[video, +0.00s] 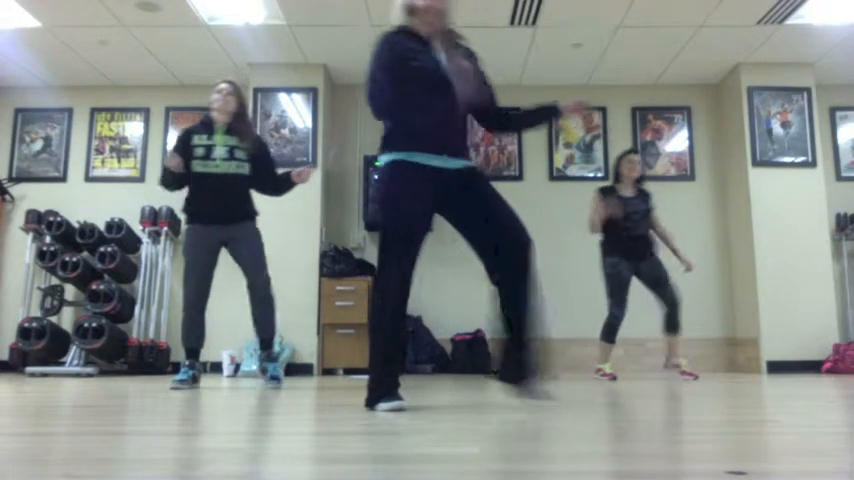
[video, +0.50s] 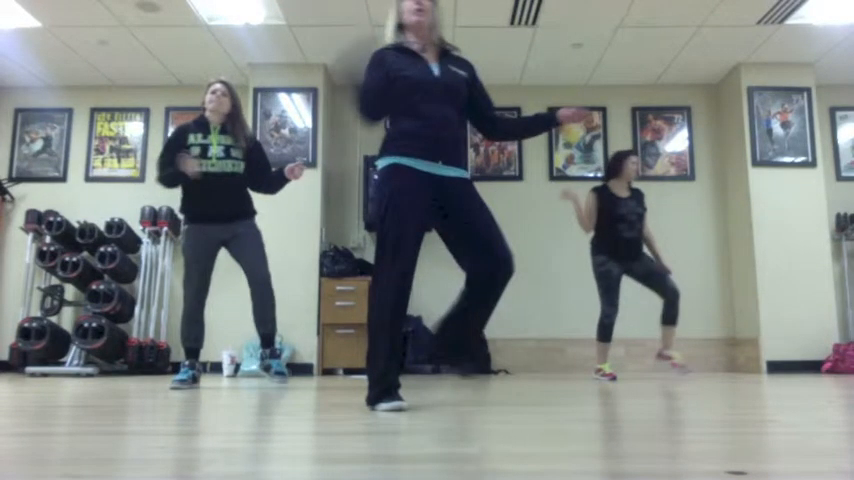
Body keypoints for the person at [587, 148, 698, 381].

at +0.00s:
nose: (634, 167)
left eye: (637, 163)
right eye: (629, 162)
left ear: (641, 169)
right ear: (619, 167)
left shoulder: (643, 196)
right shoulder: (605, 195)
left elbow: (658, 228)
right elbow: (594, 228)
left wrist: (680, 256)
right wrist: (601, 214)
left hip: (645, 258)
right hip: (617, 259)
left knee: (672, 302)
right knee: (617, 311)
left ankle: (673, 359)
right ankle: (603, 364)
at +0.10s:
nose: (628, 166)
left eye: (632, 163)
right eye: (624, 162)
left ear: (636, 168)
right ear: (613, 167)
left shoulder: (639, 196)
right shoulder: (601, 194)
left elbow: (655, 229)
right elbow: (591, 227)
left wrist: (679, 255)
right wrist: (596, 204)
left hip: (639, 257)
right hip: (611, 258)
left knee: (677, 293)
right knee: (613, 309)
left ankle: (676, 352)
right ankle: (603, 364)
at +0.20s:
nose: (623, 165)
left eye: (626, 161)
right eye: (618, 161)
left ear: (629, 166)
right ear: (607, 165)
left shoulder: (635, 193)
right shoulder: (595, 194)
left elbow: (647, 225)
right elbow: (588, 228)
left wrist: (667, 253)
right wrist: (584, 201)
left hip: (634, 255)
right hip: (606, 257)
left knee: (670, 291)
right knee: (608, 309)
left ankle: (667, 350)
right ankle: (602, 364)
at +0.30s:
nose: (622, 165)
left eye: (625, 161)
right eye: (617, 161)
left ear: (629, 166)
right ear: (606, 164)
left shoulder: (633, 192)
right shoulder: (593, 194)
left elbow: (644, 225)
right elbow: (588, 229)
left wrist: (663, 255)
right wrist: (582, 205)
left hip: (634, 255)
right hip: (606, 257)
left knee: (662, 298)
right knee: (608, 309)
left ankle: (659, 355)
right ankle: (602, 363)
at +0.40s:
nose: (630, 168)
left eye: (631, 164)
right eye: (625, 164)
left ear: (631, 168)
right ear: (612, 167)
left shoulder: (634, 195)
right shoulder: (594, 196)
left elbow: (644, 231)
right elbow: (587, 230)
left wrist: (661, 260)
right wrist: (578, 208)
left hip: (634, 257)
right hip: (606, 259)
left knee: (667, 298)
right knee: (608, 310)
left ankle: (660, 355)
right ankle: (602, 364)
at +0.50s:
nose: (637, 167)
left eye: (637, 163)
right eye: (632, 163)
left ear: (635, 168)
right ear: (619, 166)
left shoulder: (637, 195)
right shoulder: (598, 193)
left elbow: (645, 231)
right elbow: (587, 226)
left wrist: (660, 261)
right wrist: (576, 200)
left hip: (634, 257)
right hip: (606, 257)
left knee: (671, 292)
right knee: (609, 309)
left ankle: (666, 350)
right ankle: (602, 365)